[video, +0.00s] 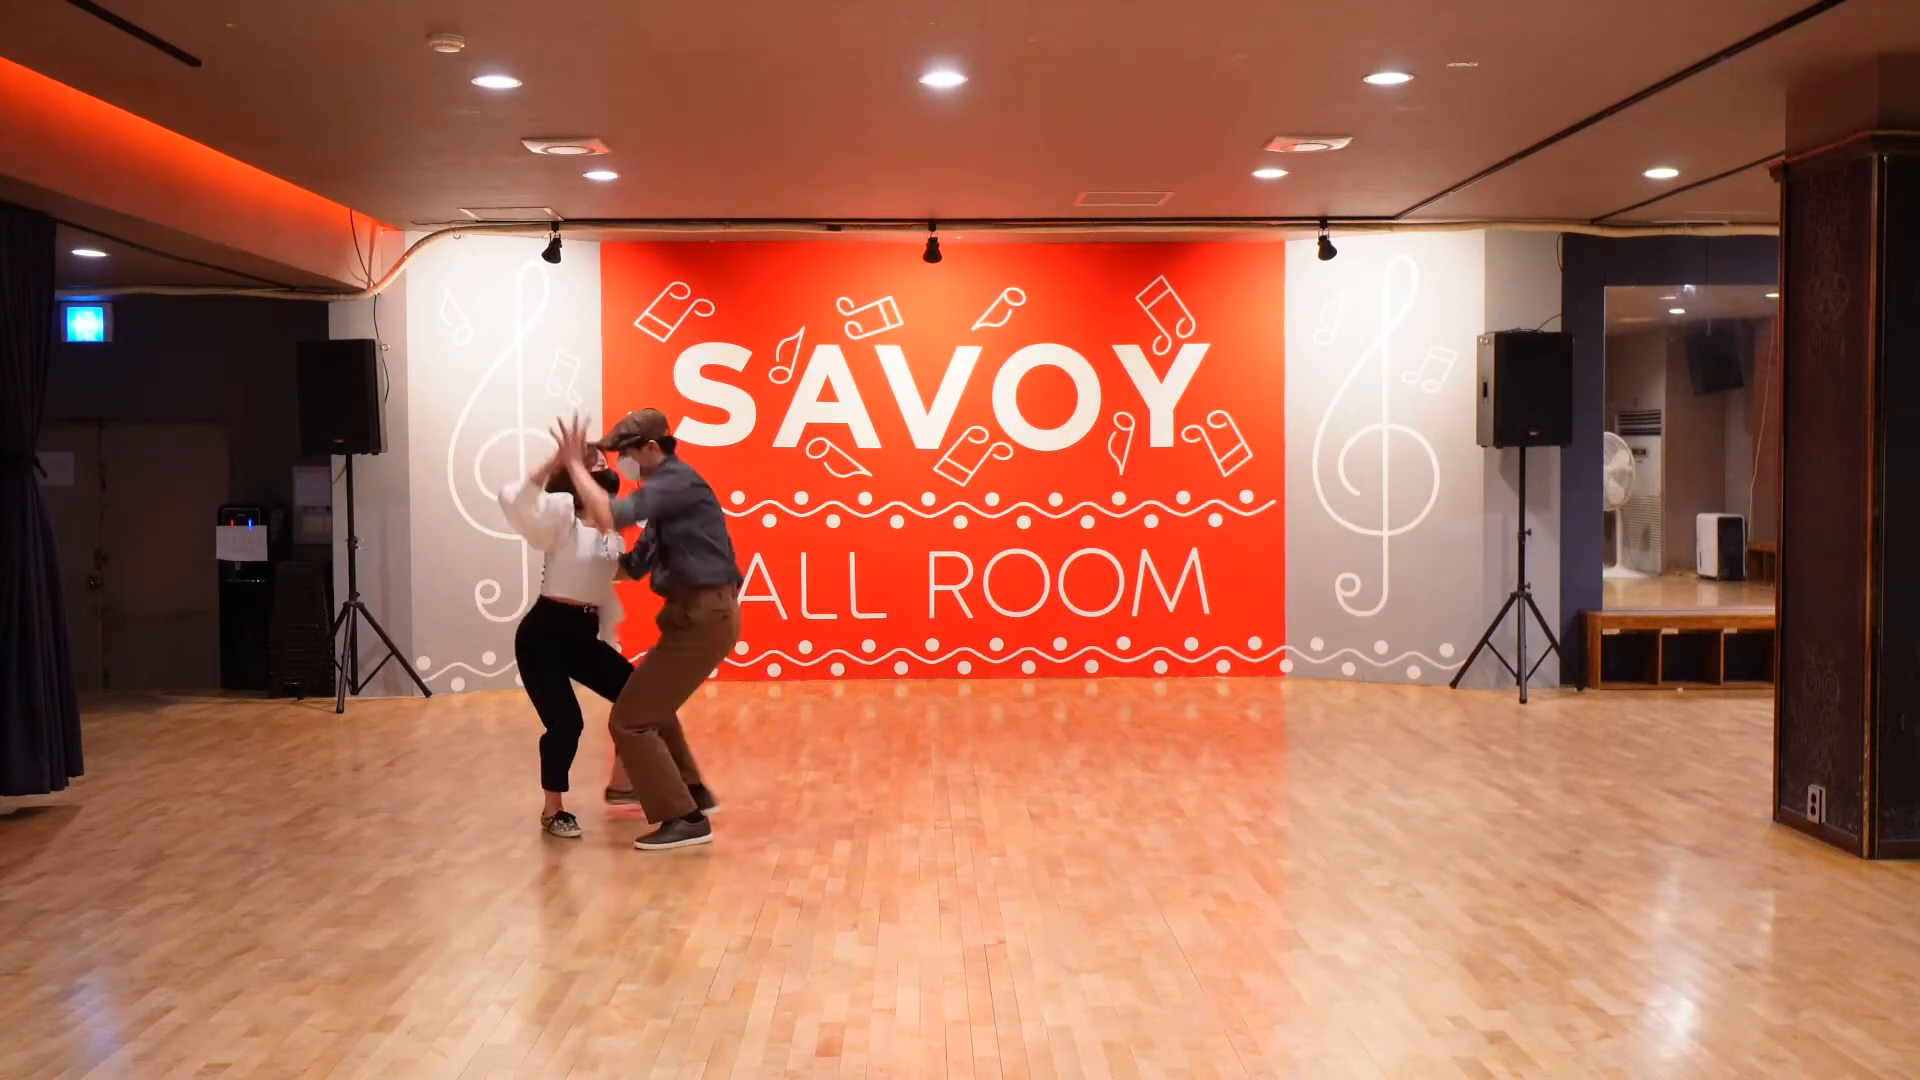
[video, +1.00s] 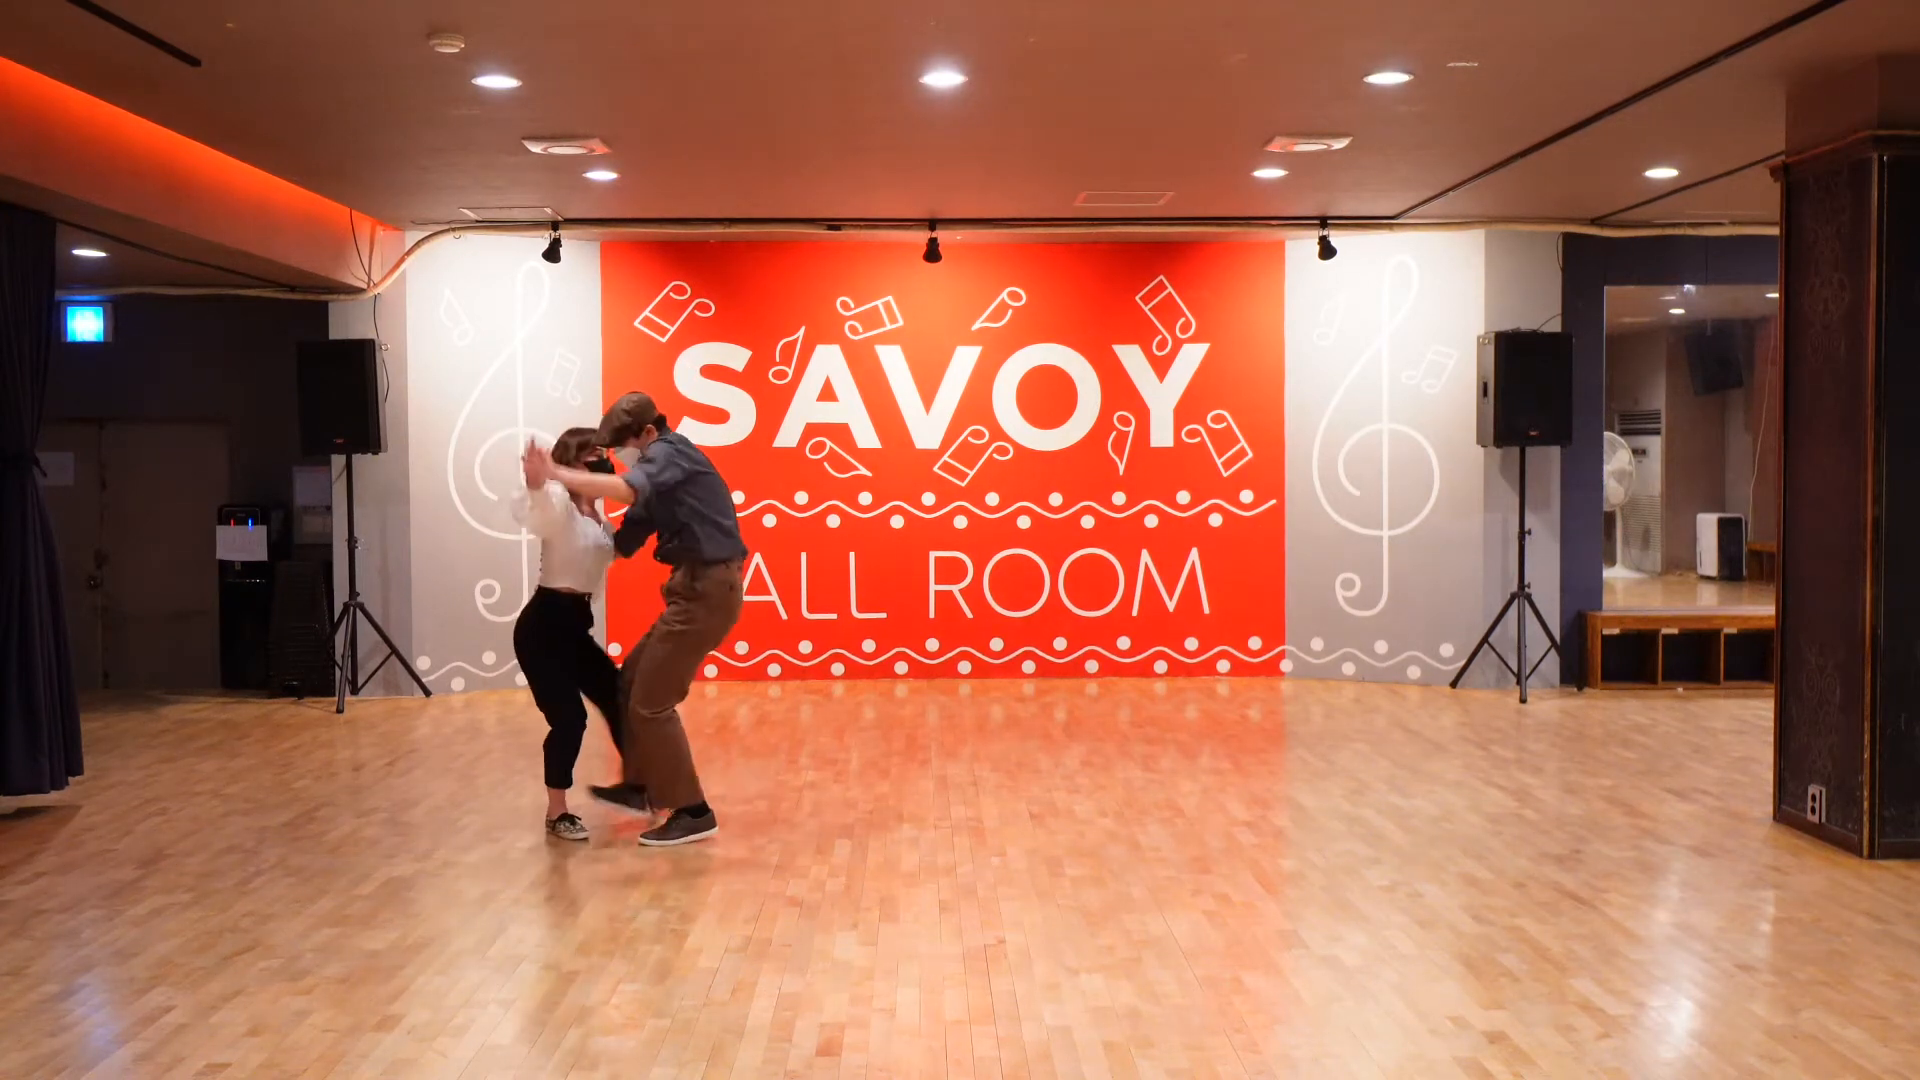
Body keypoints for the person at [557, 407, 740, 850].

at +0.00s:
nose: (625, 462)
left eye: (628, 452)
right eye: (622, 455)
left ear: (651, 446)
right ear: (654, 448)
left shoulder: (675, 480)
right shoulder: (670, 488)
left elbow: (609, 515)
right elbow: (636, 565)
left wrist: (575, 466)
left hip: (704, 619)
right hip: (700, 616)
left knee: (628, 721)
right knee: (650, 706)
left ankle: (682, 819)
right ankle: (692, 792)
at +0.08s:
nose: (622, 456)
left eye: (628, 447)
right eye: (621, 448)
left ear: (653, 448)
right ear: (653, 450)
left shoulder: (680, 495)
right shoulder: (665, 494)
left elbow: (640, 567)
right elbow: (641, 563)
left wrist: (593, 523)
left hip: (705, 628)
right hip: (693, 625)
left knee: (629, 720)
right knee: (655, 714)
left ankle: (683, 819)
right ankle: (711, 798)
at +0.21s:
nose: (621, 449)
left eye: (626, 441)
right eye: (621, 442)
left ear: (649, 442)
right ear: (649, 444)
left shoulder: (692, 496)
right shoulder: (654, 485)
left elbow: (685, 586)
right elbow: (632, 526)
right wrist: (597, 508)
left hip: (714, 612)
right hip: (696, 609)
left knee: (636, 694)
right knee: (664, 708)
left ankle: (675, 804)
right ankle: (712, 797)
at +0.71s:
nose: (629, 467)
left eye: (633, 458)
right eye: (627, 459)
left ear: (659, 451)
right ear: (657, 452)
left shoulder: (693, 502)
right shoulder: (661, 493)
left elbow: (666, 589)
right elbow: (633, 545)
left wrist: (614, 641)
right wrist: (580, 552)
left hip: (713, 624)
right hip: (693, 622)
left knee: (636, 697)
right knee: (662, 713)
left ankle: (679, 802)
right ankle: (716, 795)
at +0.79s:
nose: (630, 468)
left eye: (634, 459)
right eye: (627, 460)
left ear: (660, 447)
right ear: (658, 449)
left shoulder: (690, 492)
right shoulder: (662, 491)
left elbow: (653, 568)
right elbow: (628, 550)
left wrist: (589, 614)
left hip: (709, 622)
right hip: (690, 619)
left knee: (638, 712)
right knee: (659, 715)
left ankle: (686, 811)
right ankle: (716, 795)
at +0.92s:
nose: (630, 460)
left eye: (630, 450)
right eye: (625, 453)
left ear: (652, 437)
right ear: (657, 436)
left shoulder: (677, 465)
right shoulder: (668, 463)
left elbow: (633, 518)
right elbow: (638, 522)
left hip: (706, 600)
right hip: (690, 595)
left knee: (644, 707)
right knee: (639, 694)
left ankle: (685, 810)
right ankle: (688, 784)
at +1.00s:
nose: (626, 459)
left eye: (626, 448)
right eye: (621, 452)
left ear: (647, 432)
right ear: (650, 433)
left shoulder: (671, 453)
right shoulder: (662, 468)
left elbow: (630, 488)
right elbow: (624, 545)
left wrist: (557, 473)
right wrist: (593, 519)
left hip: (710, 589)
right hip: (694, 588)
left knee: (649, 700)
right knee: (630, 682)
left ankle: (693, 810)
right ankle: (640, 786)